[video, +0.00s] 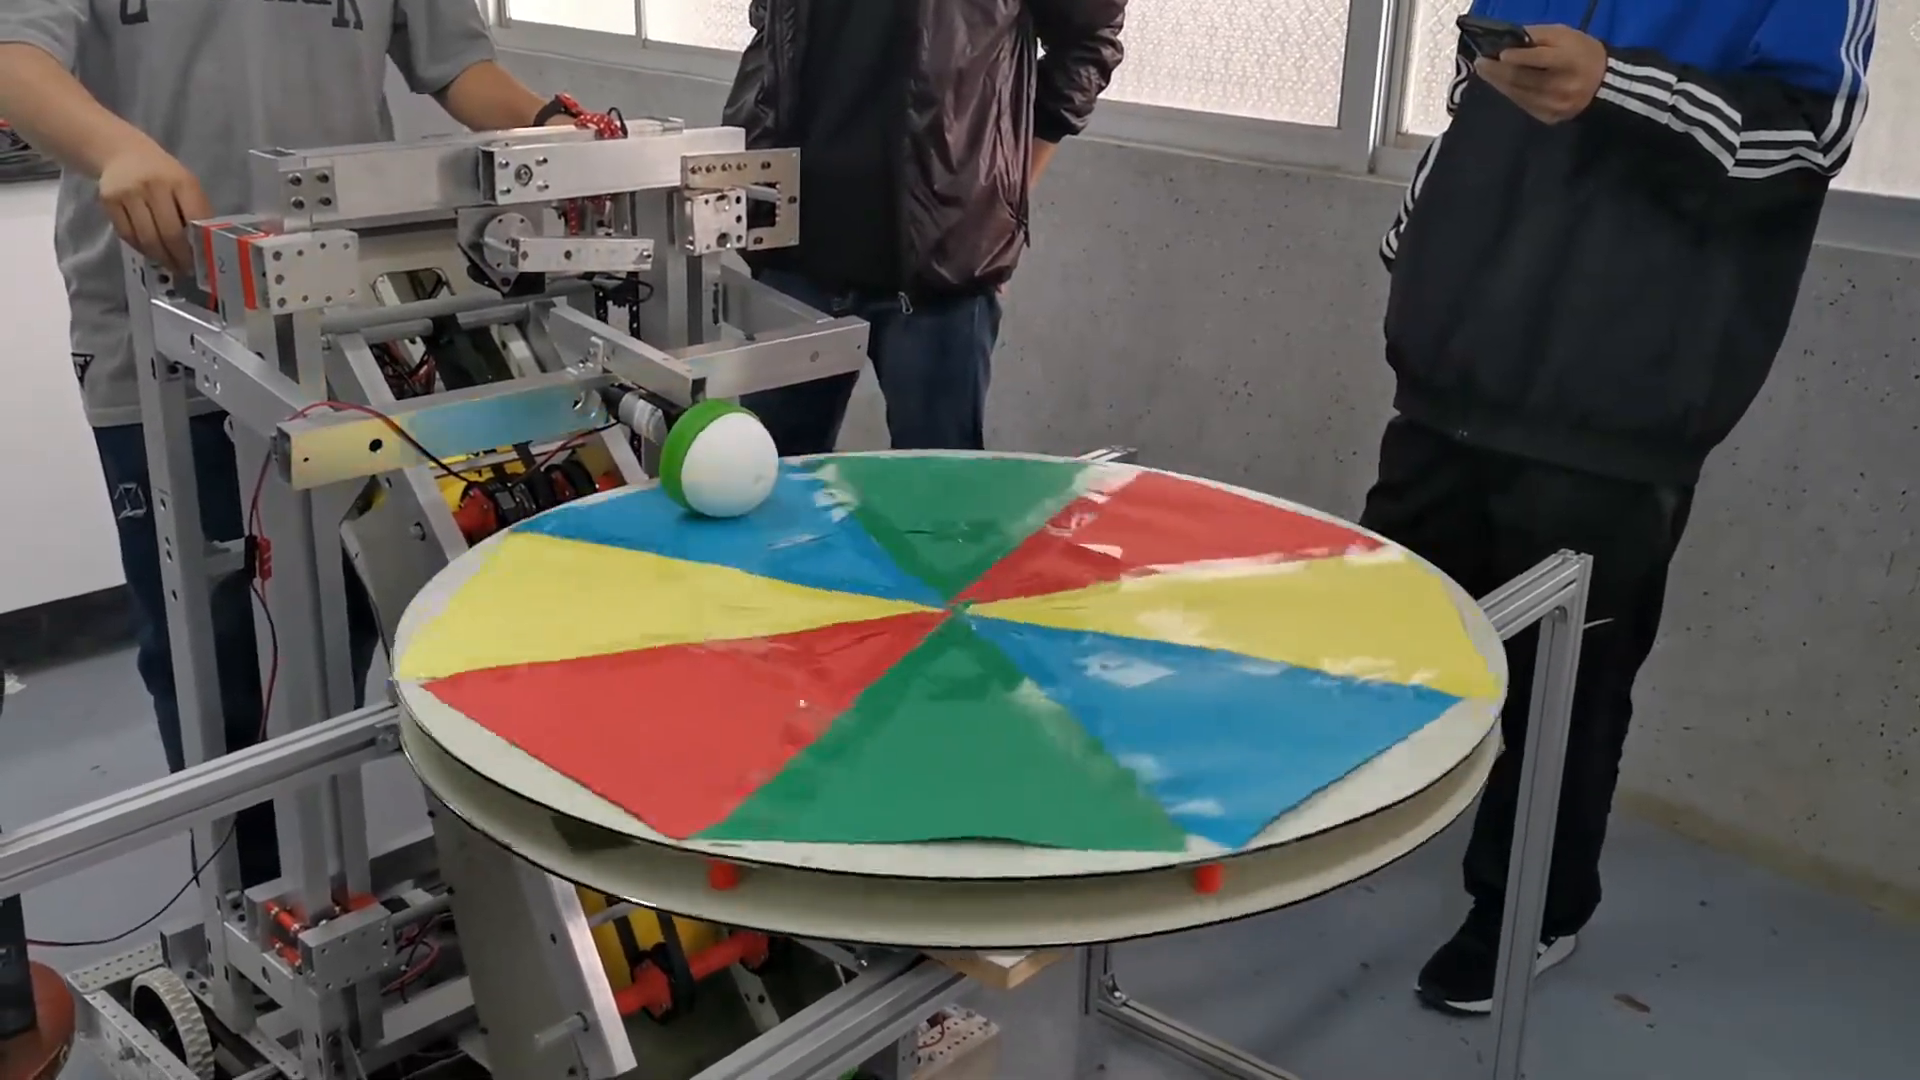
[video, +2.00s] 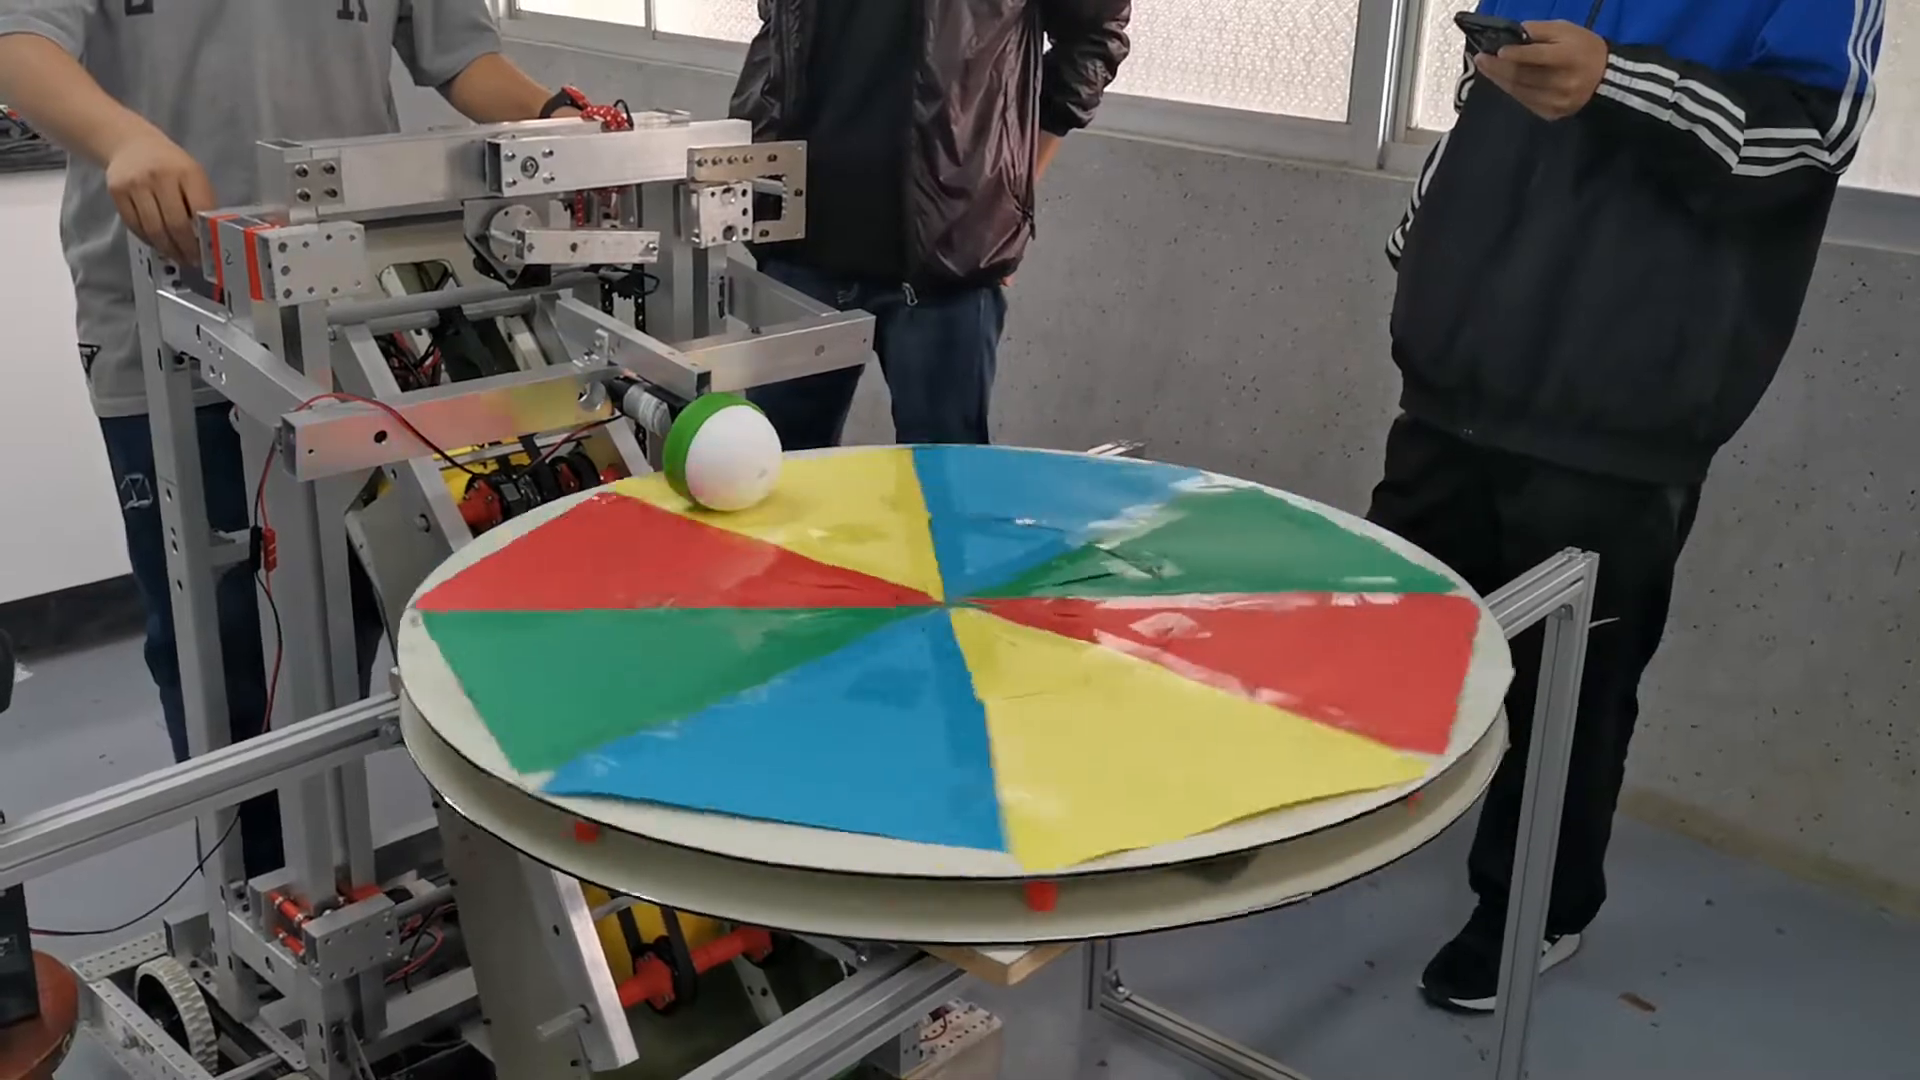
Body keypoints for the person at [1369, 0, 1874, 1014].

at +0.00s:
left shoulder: (1814, 7)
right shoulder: (1532, 4)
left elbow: (1808, 137)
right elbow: (1485, 86)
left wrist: (1609, 83)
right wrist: (1410, 242)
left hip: (1634, 371)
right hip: (1469, 326)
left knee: (1567, 666)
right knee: (1390, 614)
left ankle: (1526, 908)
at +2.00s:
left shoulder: (1819, 7)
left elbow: (1813, 135)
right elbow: (1494, 73)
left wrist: (1611, 80)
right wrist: (1421, 243)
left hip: (1638, 368)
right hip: (1475, 320)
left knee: (1572, 666)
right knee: (1397, 609)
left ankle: (1532, 908)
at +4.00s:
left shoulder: (1831, 8)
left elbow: (1818, 128)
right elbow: (1502, 82)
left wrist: (1615, 69)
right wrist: (1425, 241)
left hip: (1650, 361)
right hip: (1486, 314)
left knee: (1585, 657)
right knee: (1409, 601)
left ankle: (1547, 897)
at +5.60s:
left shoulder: (1830, 8)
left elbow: (1818, 121)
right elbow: (1507, 50)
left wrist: (1617, 57)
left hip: (1653, 350)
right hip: (1489, 303)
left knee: (1589, 649)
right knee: (1415, 597)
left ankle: (1555, 890)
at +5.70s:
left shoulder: (1830, 9)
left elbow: (1821, 120)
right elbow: (1509, 36)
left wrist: (1618, 56)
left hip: (1655, 352)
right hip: (1489, 304)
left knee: (1590, 650)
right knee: (1415, 596)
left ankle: (1555, 891)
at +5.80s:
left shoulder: (1834, 9)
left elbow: (1819, 122)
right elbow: (1510, 42)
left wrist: (1620, 56)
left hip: (1657, 352)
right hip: (1491, 304)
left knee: (1593, 649)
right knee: (1414, 599)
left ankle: (1557, 891)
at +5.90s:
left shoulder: (1834, 10)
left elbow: (1825, 120)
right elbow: (1511, 49)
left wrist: (1622, 55)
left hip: (1656, 352)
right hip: (1491, 304)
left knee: (1593, 649)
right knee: (1416, 600)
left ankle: (1556, 891)